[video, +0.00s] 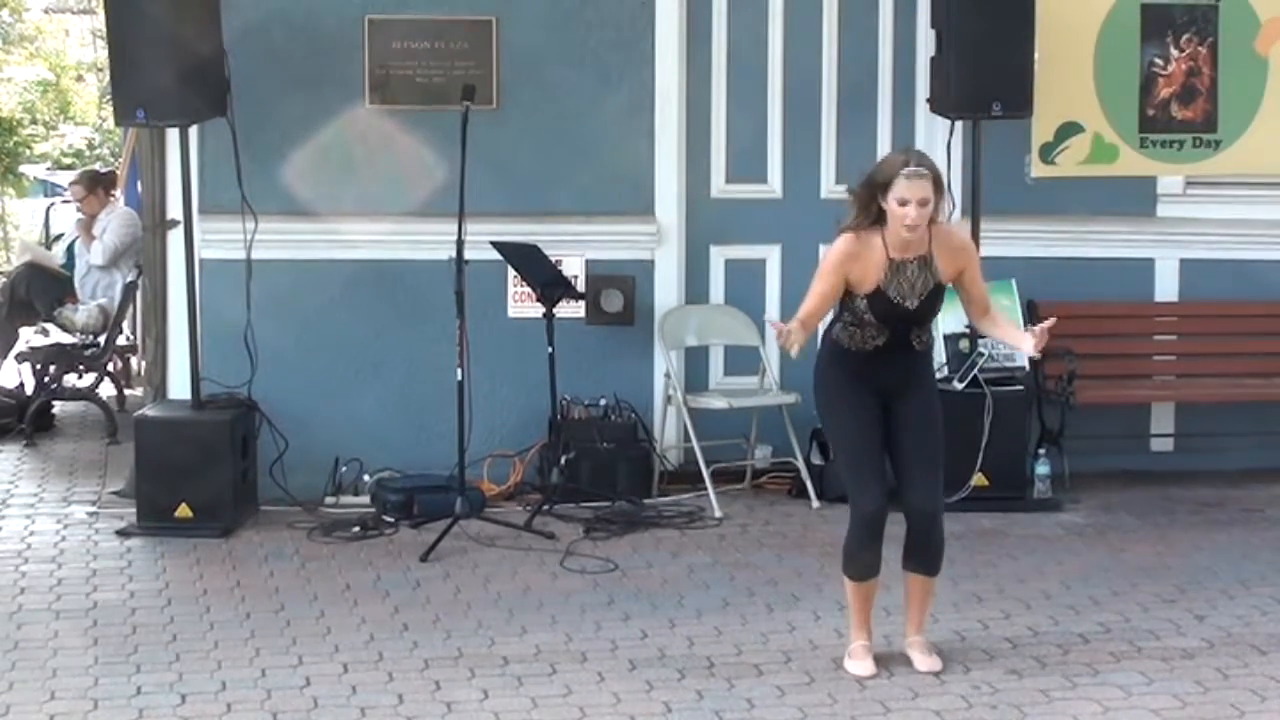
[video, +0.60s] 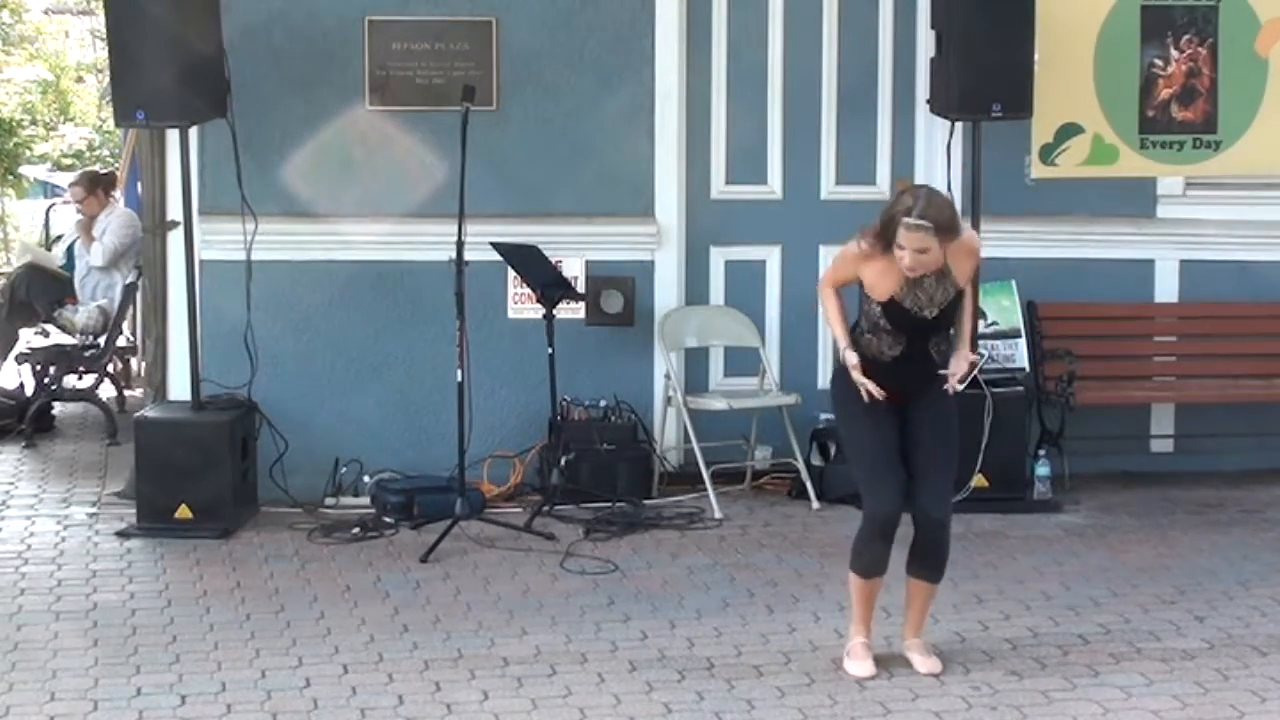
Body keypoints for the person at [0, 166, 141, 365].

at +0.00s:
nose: (78, 208)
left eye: (81, 201)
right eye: (75, 202)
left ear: (100, 193)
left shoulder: (125, 218)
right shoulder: (89, 222)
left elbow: (103, 257)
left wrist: (84, 233)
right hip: (80, 302)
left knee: (29, 274)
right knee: (13, 309)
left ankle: (6, 296)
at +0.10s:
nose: (77, 208)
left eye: (80, 201)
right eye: (75, 203)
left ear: (100, 193)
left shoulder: (125, 218)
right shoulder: (88, 223)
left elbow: (103, 257)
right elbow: (60, 261)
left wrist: (84, 233)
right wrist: (33, 256)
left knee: (30, 274)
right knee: (15, 313)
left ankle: (6, 300)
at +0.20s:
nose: (77, 208)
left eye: (80, 201)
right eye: (75, 203)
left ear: (100, 193)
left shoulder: (125, 218)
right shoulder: (89, 223)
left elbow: (103, 257)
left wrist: (85, 234)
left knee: (30, 274)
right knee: (14, 311)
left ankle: (6, 298)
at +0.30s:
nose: (77, 208)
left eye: (80, 201)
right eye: (75, 203)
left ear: (100, 194)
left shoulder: (125, 218)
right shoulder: (89, 223)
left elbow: (103, 258)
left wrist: (85, 234)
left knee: (30, 274)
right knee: (14, 312)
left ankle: (7, 299)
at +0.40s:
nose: (77, 208)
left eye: (80, 202)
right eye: (75, 203)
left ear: (100, 194)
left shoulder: (125, 219)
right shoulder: (90, 223)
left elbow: (103, 258)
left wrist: (85, 234)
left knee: (30, 274)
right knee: (15, 312)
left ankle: (7, 298)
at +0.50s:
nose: (77, 208)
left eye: (80, 202)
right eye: (75, 203)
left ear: (100, 194)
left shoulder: (125, 219)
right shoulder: (88, 223)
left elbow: (103, 258)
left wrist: (84, 235)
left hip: (104, 311)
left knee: (30, 274)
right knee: (14, 313)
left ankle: (6, 298)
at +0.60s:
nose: (77, 209)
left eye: (81, 202)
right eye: (75, 203)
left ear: (100, 194)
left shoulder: (125, 219)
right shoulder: (88, 223)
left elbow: (103, 258)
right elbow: (59, 259)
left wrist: (85, 235)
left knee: (29, 275)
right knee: (13, 313)